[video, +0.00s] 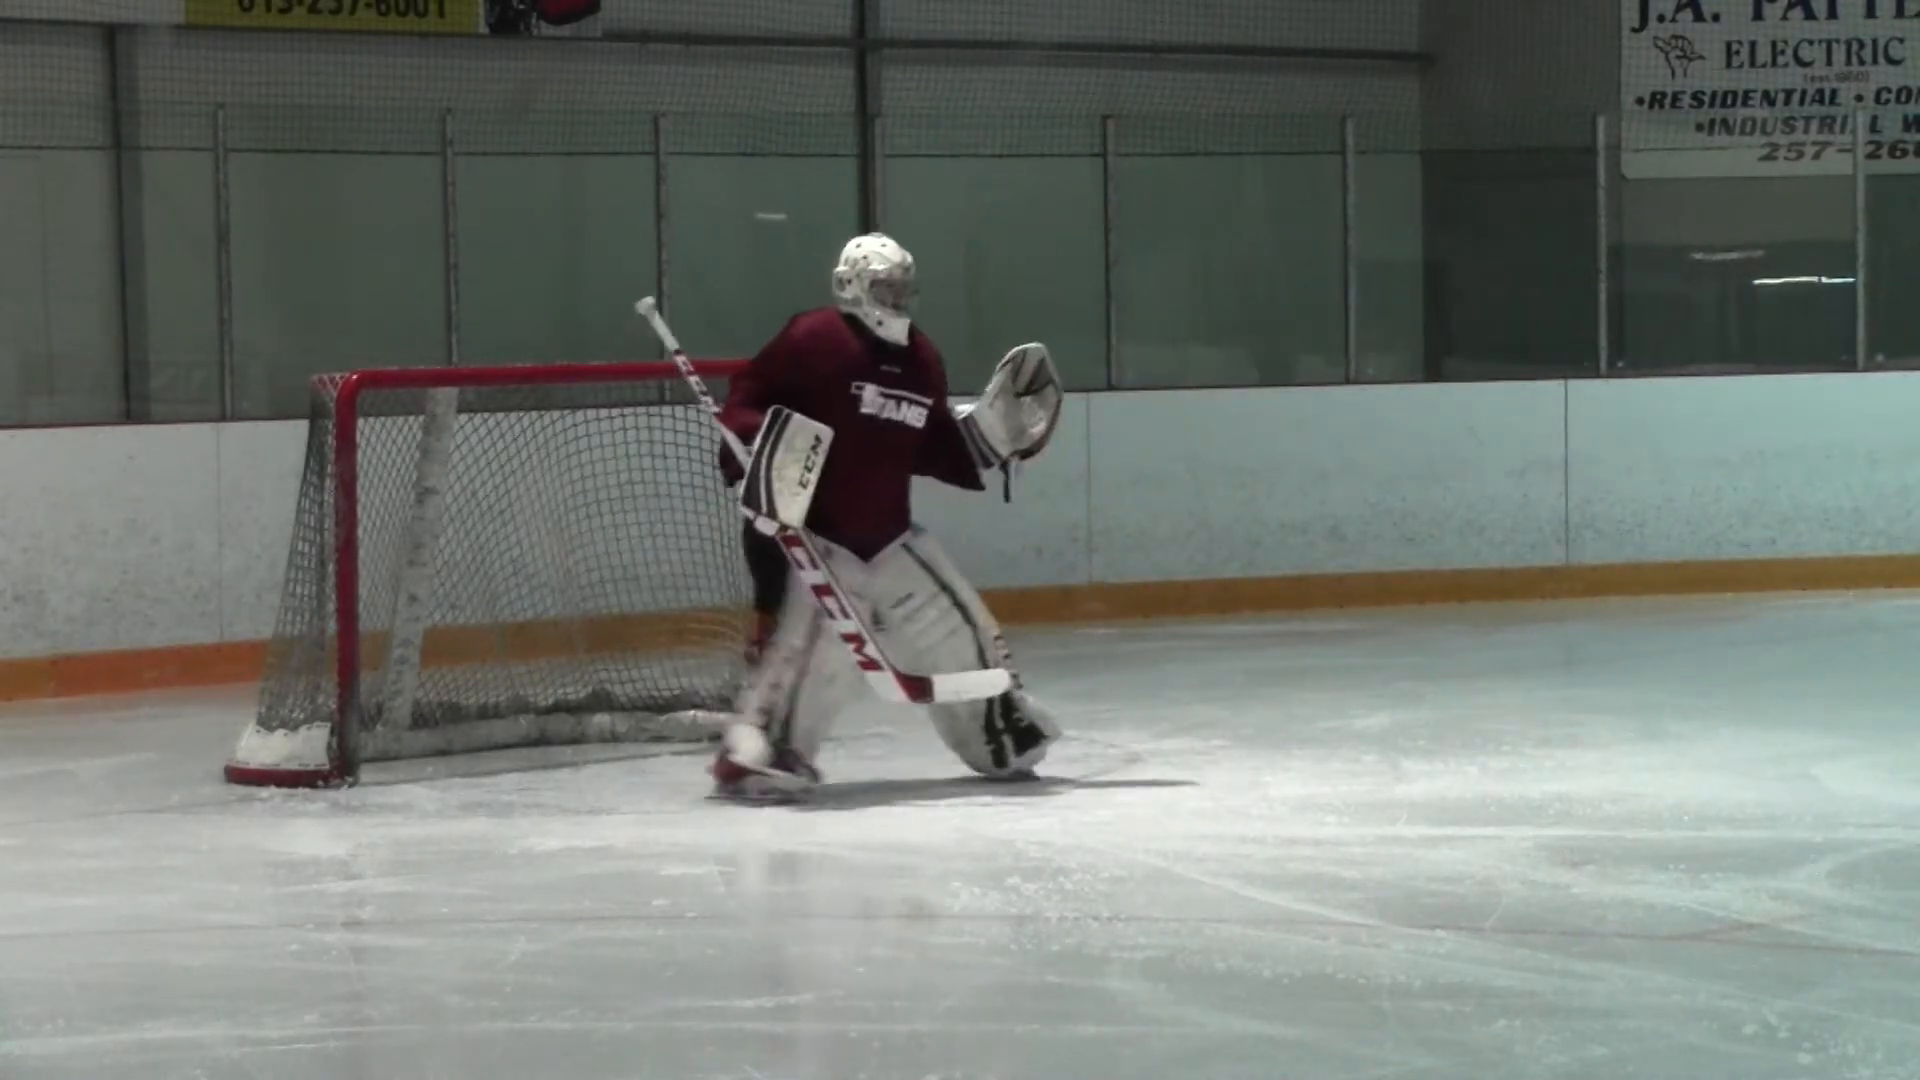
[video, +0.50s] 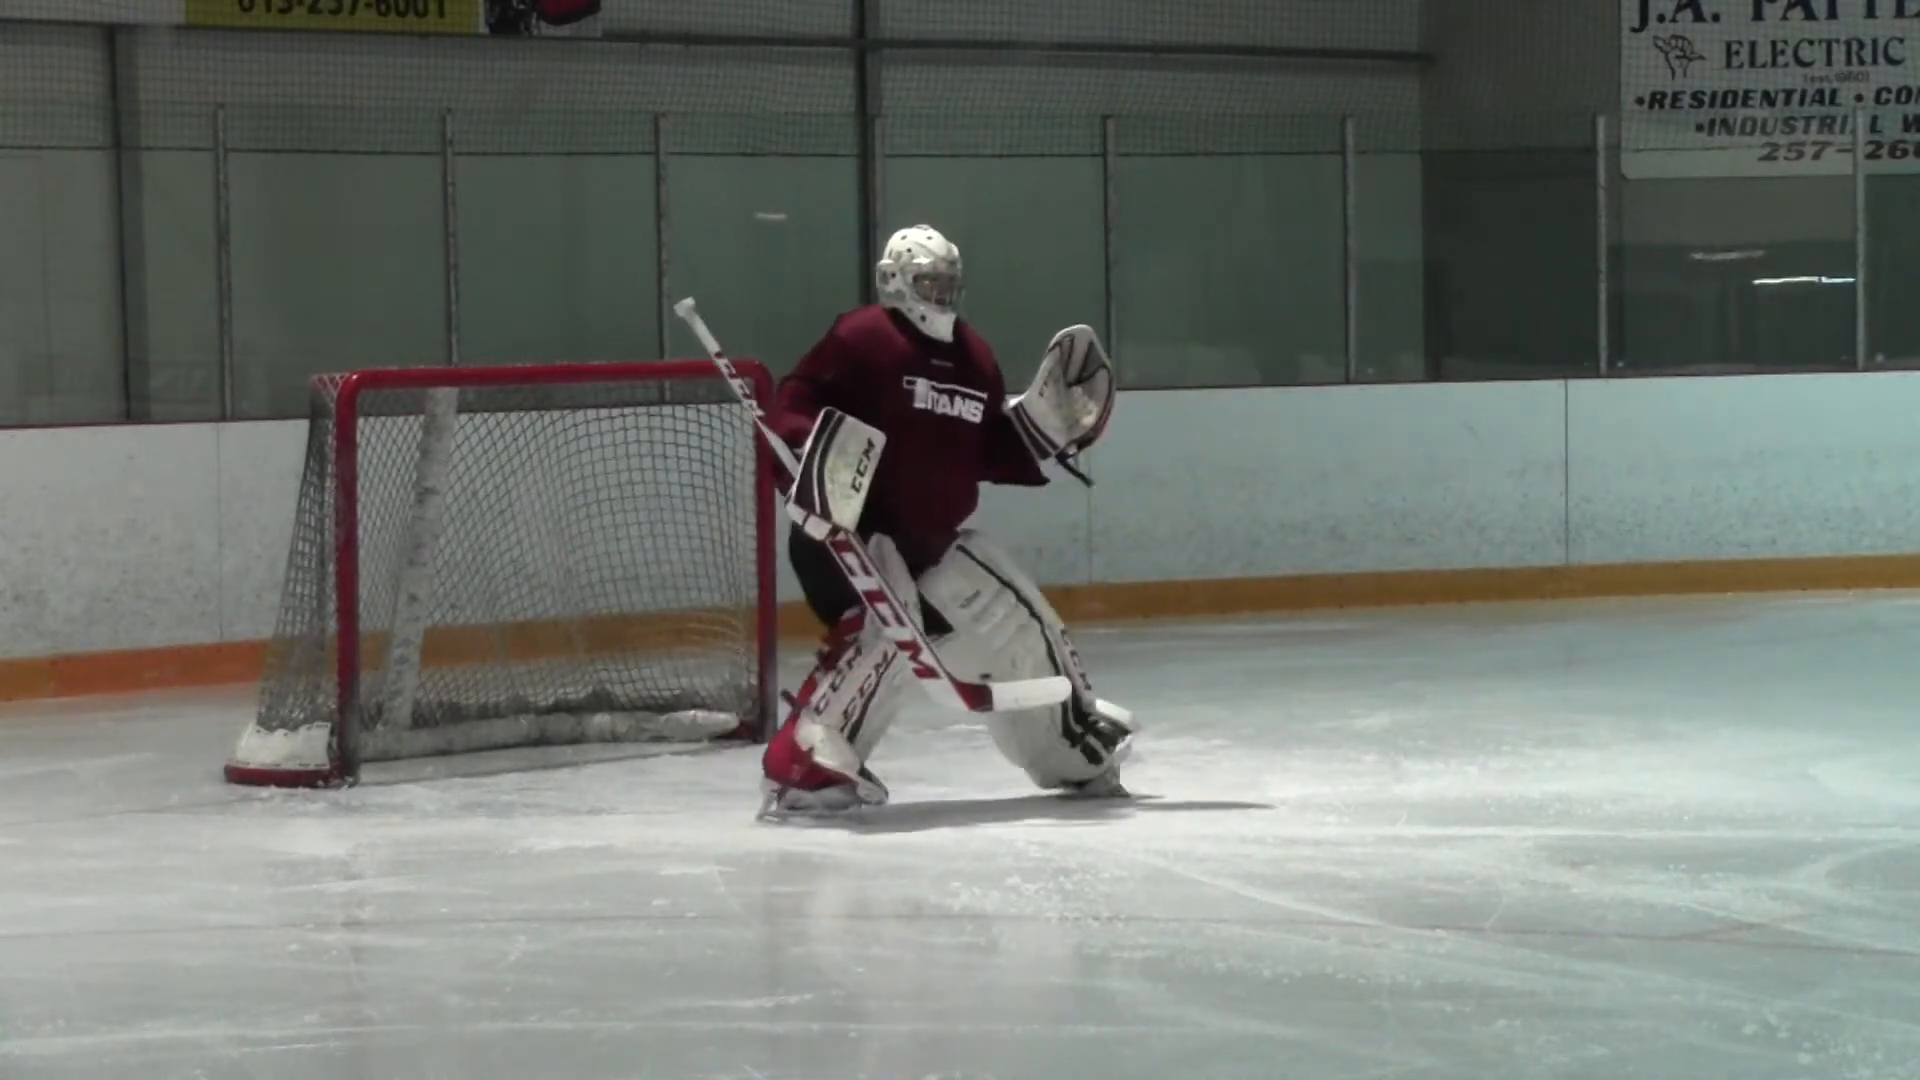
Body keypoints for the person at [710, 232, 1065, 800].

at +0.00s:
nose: (897, 301)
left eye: (903, 290)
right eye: (884, 289)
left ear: (910, 291)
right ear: (851, 289)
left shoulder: (920, 359)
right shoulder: (814, 339)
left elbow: (927, 447)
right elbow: (740, 407)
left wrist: (994, 433)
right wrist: (765, 455)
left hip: (888, 539)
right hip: (812, 537)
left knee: (955, 629)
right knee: (806, 656)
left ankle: (1000, 743)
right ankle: (760, 761)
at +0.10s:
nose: (924, 292)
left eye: (931, 280)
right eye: (911, 279)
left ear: (937, 280)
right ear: (877, 279)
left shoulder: (951, 351)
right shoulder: (841, 333)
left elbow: (962, 439)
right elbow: (768, 403)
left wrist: (1024, 424)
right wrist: (798, 448)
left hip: (926, 531)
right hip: (851, 528)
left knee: (984, 624)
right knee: (859, 641)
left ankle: (1021, 747)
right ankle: (800, 760)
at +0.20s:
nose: (945, 288)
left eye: (952, 276)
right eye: (932, 275)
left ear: (960, 277)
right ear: (899, 274)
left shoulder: (976, 345)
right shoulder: (865, 328)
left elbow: (988, 440)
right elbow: (789, 403)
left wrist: (1051, 419)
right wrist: (821, 449)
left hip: (951, 524)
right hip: (873, 517)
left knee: (1010, 623)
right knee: (886, 625)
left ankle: (1040, 745)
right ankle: (834, 755)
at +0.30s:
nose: (954, 289)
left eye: (961, 277)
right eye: (941, 277)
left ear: (970, 278)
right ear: (908, 277)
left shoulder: (990, 350)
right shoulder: (877, 332)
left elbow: (1001, 444)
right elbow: (802, 400)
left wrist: (1064, 420)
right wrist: (832, 451)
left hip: (966, 529)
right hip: (887, 522)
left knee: (1026, 628)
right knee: (887, 636)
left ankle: (1056, 753)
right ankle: (844, 769)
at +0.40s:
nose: (950, 294)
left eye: (958, 282)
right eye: (936, 281)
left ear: (968, 283)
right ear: (904, 280)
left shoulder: (986, 353)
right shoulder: (875, 336)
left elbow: (1002, 451)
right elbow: (799, 406)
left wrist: (1061, 424)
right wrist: (828, 456)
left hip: (959, 536)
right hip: (876, 527)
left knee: (1028, 629)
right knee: (897, 629)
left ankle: (1068, 751)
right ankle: (822, 762)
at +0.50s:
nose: (939, 295)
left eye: (948, 283)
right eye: (926, 282)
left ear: (958, 284)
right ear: (893, 281)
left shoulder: (973, 355)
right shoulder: (862, 338)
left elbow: (987, 452)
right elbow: (786, 413)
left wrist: (1046, 425)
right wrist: (826, 457)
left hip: (933, 540)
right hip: (848, 532)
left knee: (1017, 628)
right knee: (881, 634)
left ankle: (1075, 761)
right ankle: (808, 769)